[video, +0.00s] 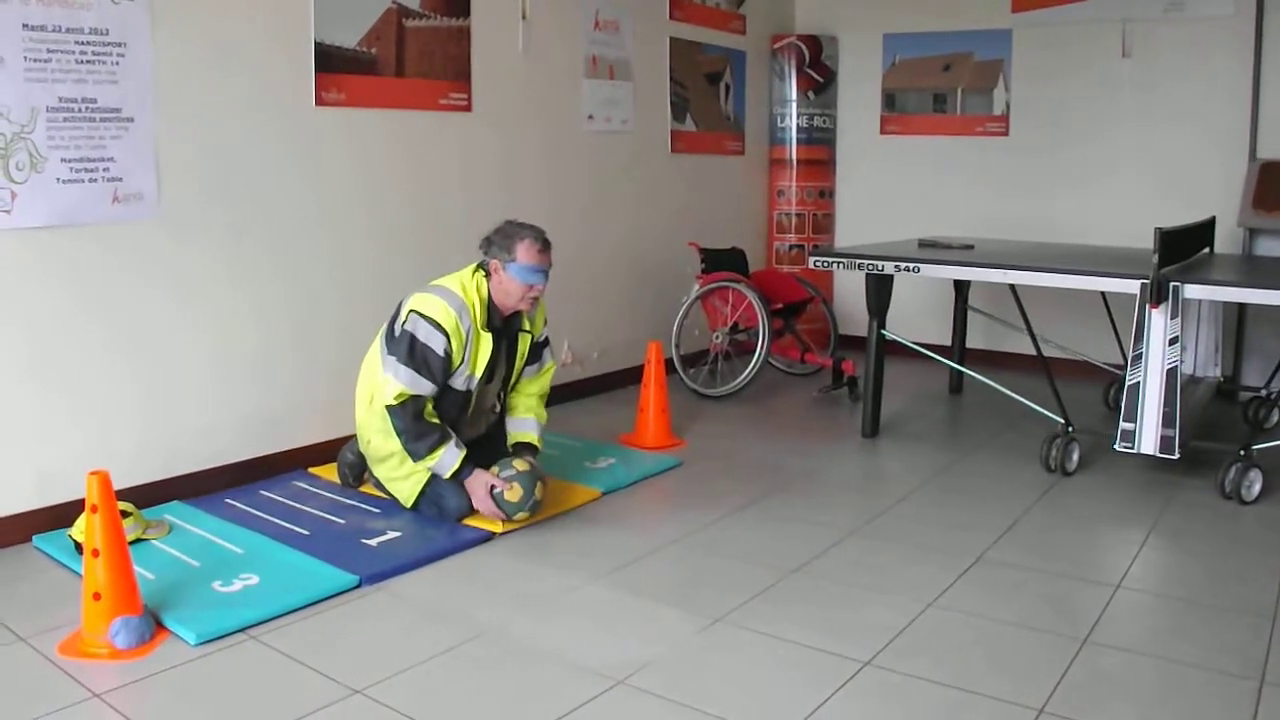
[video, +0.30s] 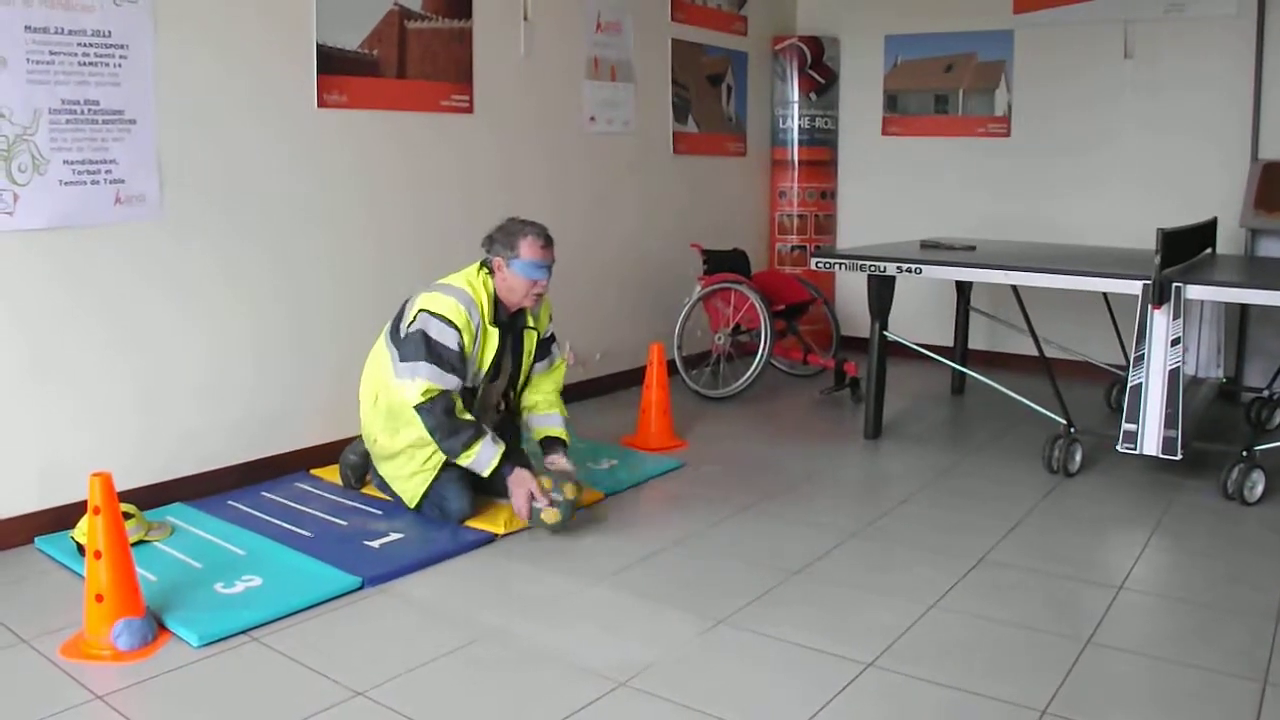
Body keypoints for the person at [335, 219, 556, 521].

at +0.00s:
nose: (540, 288)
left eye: (545, 277)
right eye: (530, 276)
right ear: (495, 270)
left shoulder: (529, 310)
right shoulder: (439, 313)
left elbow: (529, 387)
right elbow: (404, 410)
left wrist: (525, 453)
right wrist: (467, 473)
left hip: (464, 418)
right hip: (398, 432)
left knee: (513, 482)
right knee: (454, 506)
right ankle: (372, 459)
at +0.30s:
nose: (543, 285)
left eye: (548, 273)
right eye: (533, 273)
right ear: (499, 268)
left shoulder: (534, 308)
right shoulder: (446, 310)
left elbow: (541, 383)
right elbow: (434, 409)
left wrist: (554, 450)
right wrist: (508, 469)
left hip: (470, 412)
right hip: (401, 422)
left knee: (511, 484)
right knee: (455, 506)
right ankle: (375, 462)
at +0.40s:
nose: (544, 288)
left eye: (548, 276)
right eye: (534, 276)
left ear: (552, 271)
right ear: (499, 270)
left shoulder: (532, 309)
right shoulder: (453, 314)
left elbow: (557, 378)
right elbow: (477, 407)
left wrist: (606, 425)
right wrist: (568, 440)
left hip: (461, 410)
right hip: (405, 421)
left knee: (516, 483)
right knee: (455, 507)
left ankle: (425, 449)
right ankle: (377, 456)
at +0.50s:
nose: (550, 286)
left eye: (554, 274)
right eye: (541, 274)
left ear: (559, 272)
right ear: (505, 271)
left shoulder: (536, 305)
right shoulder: (462, 313)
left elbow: (570, 362)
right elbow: (504, 397)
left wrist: (622, 392)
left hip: (471, 405)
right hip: (410, 416)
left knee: (516, 485)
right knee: (456, 509)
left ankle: (432, 447)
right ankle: (377, 455)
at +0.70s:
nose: (562, 286)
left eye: (566, 275)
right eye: (553, 275)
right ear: (518, 269)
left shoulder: (547, 307)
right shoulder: (468, 314)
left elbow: (566, 378)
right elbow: (493, 413)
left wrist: (609, 415)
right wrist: (581, 439)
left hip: (467, 412)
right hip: (413, 421)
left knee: (519, 485)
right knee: (457, 511)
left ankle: (427, 449)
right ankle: (378, 455)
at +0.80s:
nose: (569, 290)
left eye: (573, 279)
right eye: (560, 279)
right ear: (524, 272)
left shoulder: (551, 316)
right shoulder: (471, 317)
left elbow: (556, 388)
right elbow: (465, 419)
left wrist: (584, 444)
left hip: (473, 414)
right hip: (411, 421)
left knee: (520, 490)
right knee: (459, 510)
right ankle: (379, 456)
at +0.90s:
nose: (576, 296)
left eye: (580, 284)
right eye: (566, 284)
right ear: (532, 277)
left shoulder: (555, 326)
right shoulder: (472, 319)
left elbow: (545, 396)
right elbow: (441, 416)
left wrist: (562, 456)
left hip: (479, 411)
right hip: (409, 420)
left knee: (524, 488)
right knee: (461, 513)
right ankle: (383, 459)